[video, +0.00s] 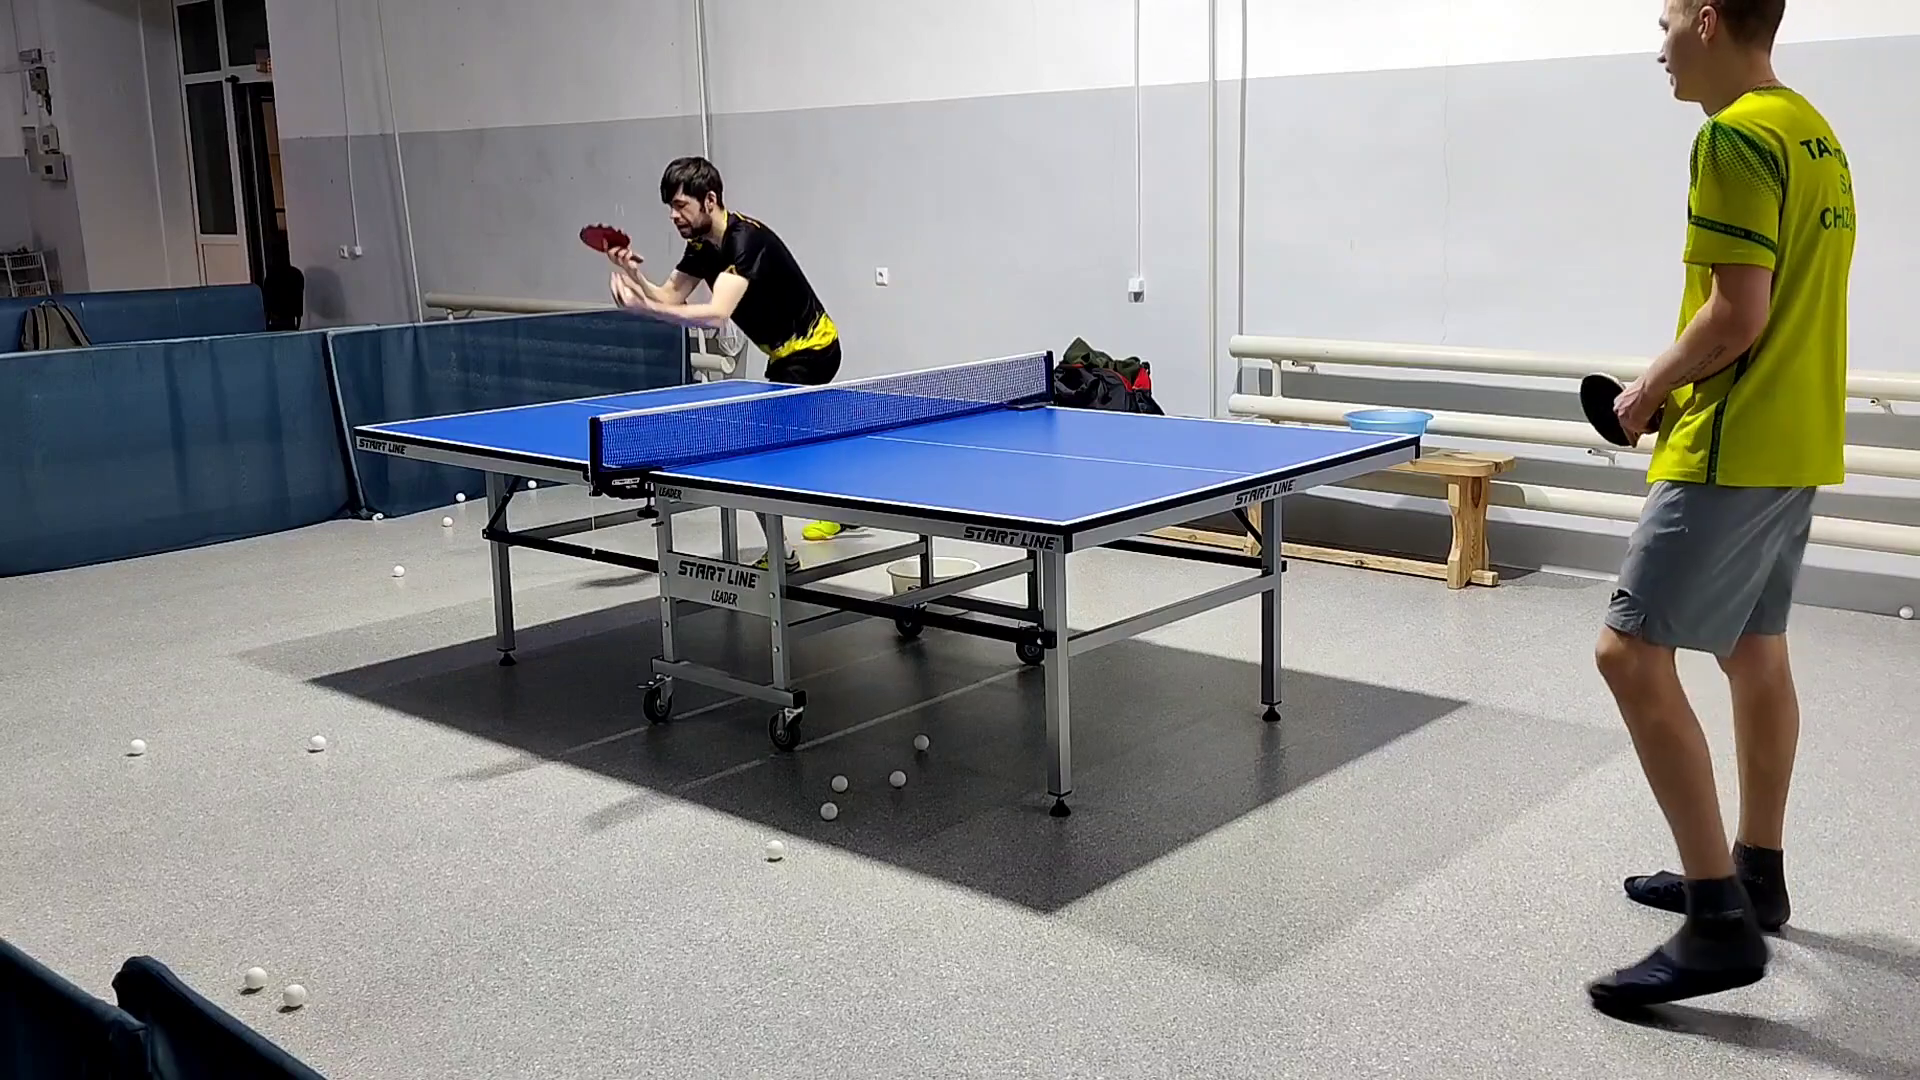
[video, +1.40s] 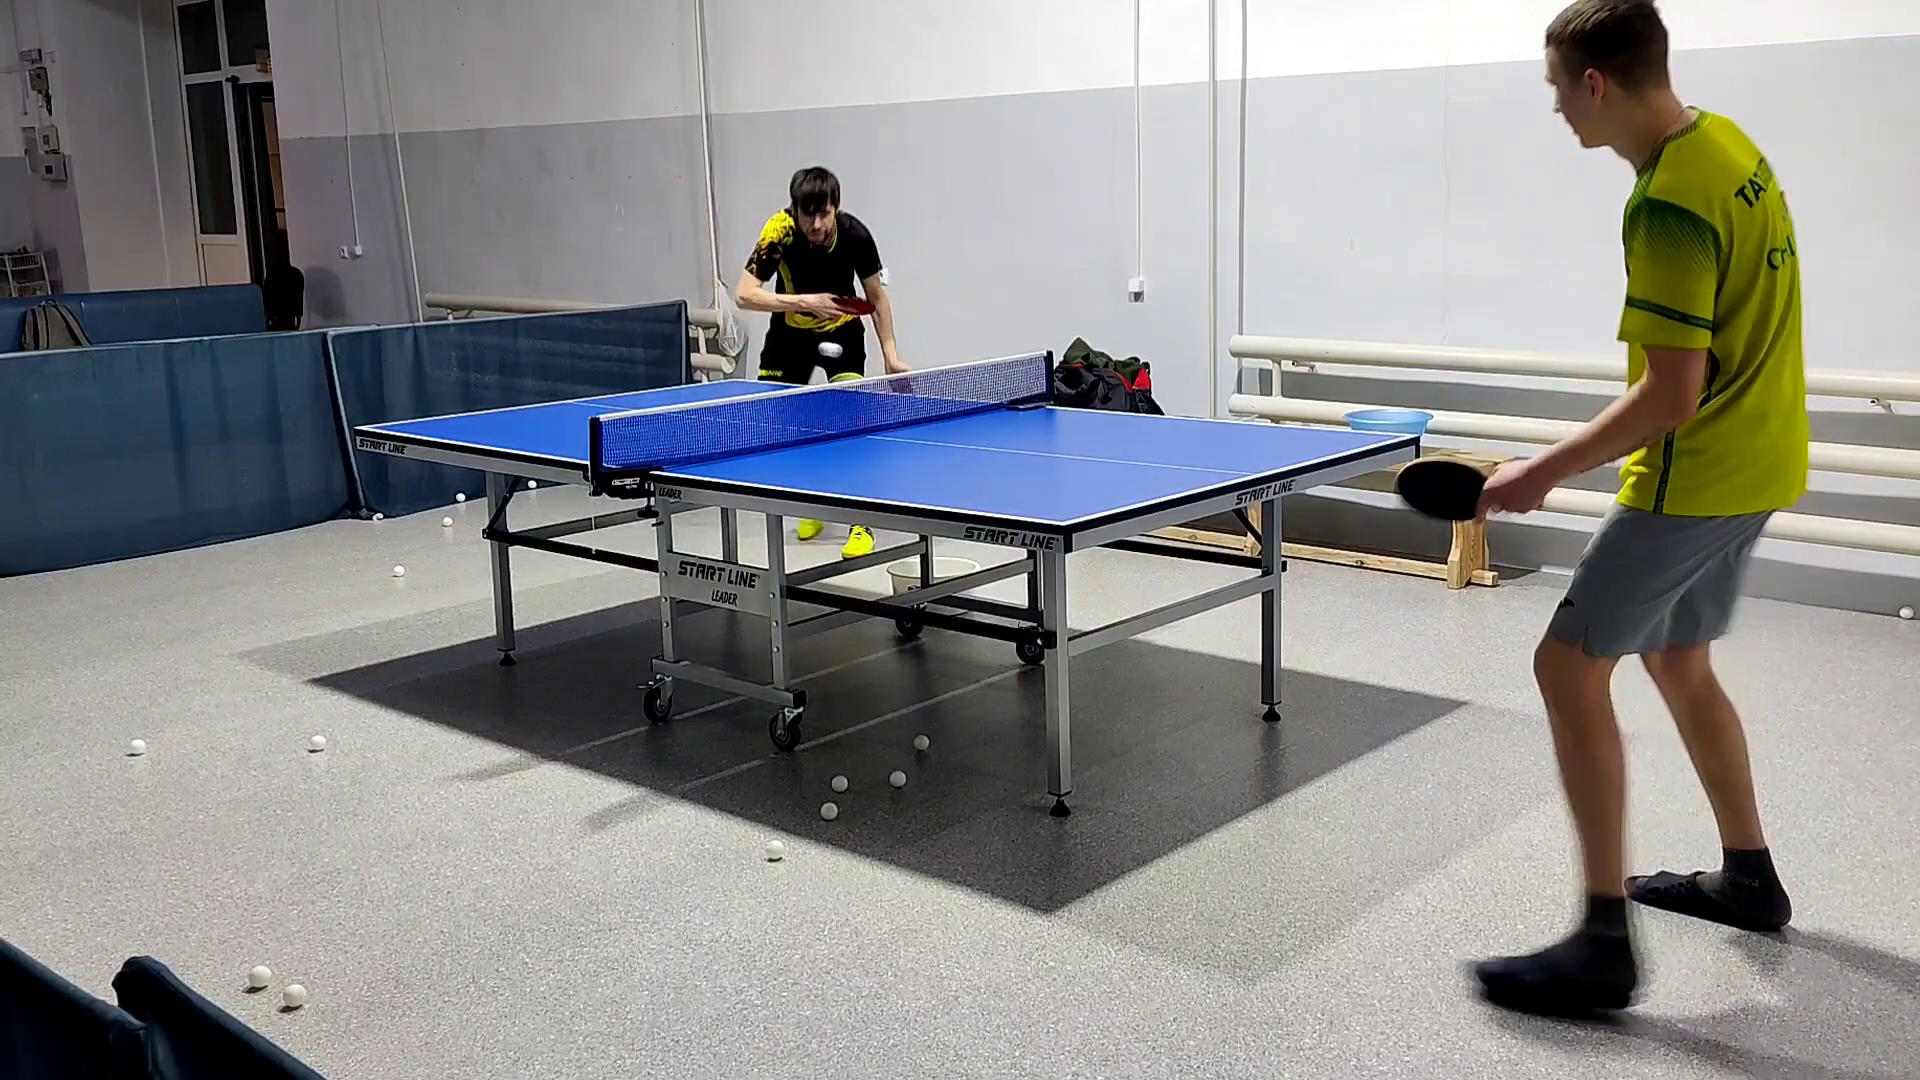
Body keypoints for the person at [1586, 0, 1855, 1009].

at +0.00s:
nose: (1660, 46)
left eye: (1667, 24)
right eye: (1661, 27)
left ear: (1710, 22)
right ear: (1753, 26)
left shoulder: (1733, 137)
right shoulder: (1811, 134)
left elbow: (1739, 312)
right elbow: (1793, 311)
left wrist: (1647, 388)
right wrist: (1678, 383)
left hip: (1729, 451)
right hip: (1793, 448)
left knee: (1632, 658)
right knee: (1755, 652)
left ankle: (1718, 923)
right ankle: (1756, 874)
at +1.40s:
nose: (1559, 113)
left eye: (1559, 93)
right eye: (1555, 94)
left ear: (1597, 83)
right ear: (1645, 73)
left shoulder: (1671, 195)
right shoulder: (1724, 148)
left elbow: (1669, 395)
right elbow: (1730, 345)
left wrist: (1544, 470)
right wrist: (1591, 450)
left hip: (1695, 480)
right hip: (1757, 466)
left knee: (1568, 666)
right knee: (1676, 652)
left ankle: (1602, 941)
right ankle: (1750, 877)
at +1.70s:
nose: (1463, 162)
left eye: (1467, 139)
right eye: (1456, 141)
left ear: (1517, 120)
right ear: (1528, 119)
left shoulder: (1624, 220)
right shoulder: (1584, 198)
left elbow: (1625, 418)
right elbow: (1613, 387)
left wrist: (1491, 489)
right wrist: (1512, 480)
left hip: (1641, 504)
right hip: (1655, 492)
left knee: (1510, 685)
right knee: (1650, 674)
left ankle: (1515, 954)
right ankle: (1746, 878)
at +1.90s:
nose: (1356, 228)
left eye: (1359, 206)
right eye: (1349, 208)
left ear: (1414, 186)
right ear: (1426, 182)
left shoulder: (1509, 273)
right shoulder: (1537, 210)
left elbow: (1476, 468)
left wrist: (1328, 518)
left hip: (1604, 517)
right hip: (1667, 489)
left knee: (1439, 696)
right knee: (1631, 680)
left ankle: (1509, 956)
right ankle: (1741, 876)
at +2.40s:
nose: (1405, 219)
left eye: (1405, 199)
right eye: (1400, 200)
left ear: (1438, 190)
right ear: (1492, 169)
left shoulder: (1473, 313)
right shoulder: (1613, 206)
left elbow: (1476, 482)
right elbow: (1650, 354)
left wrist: (1438, 474)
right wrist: (1525, 429)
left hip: (1648, 541)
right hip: (1766, 512)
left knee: (1471, 694)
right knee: (1725, 710)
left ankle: (1509, 955)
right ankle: (1890, 935)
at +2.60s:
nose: (1545, 190)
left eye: (1548, 167)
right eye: (1542, 168)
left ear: (1585, 157)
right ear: (1639, 144)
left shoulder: (1625, 287)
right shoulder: (1754, 201)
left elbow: (1628, 492)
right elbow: (1806, 373)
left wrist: (1558, 535)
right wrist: (1664, 470)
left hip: (1751, 559)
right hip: (1864, 536)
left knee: (1555, 703)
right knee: (1797, 758)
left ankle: (1519, 957)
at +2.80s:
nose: (1672, 168)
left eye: (1678, 145)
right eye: (1670, 147)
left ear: (1727, 135)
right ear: (1766, 127)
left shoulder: (1778, 270)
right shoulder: (1878, 192)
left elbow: (1777, 487)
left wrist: (1644, 550)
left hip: (1868, 569)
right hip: (1919, 557)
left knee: (1667, 721)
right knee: (1847, 766)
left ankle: (1624, 995)